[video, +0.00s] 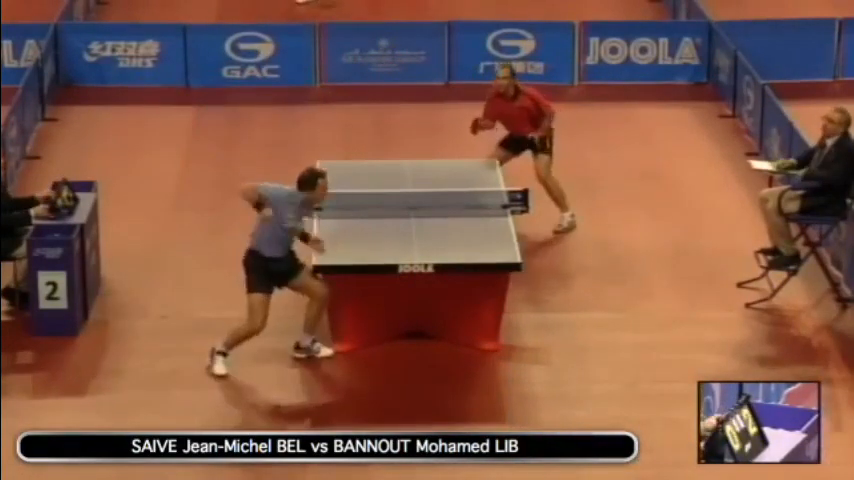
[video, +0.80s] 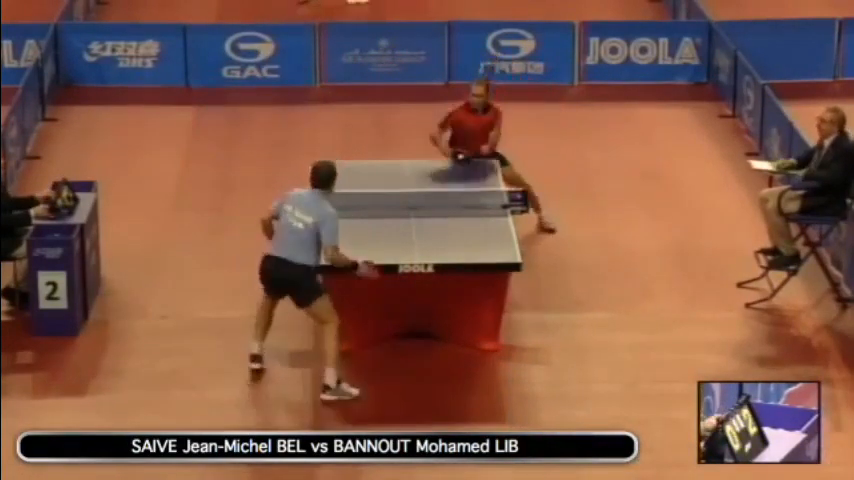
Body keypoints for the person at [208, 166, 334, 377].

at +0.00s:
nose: (326, 192)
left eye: (326, 187)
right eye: (323, 188)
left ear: (313, 188)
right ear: (312, 189)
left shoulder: (306, 205)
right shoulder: (284, 196)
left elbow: (291, 226)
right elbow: (248, 191)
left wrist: (308, 239)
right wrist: (261, 207)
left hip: (283, 259)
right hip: (259, 259)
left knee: (320, 292)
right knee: (256, 324)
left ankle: (306, 342)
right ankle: (220, 352)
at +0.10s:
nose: (339, 204)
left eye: (339, 199)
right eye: (337, 200)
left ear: (322, 197)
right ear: (328, 201)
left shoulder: (311, 207)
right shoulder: (305, 205)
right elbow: (278, 211)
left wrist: (300, 241)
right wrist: (295, 236)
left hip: (283, 263)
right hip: (261, 264)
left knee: (319, 291)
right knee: (262, 330)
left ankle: (305, 342)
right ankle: (221, 351)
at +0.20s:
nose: (341, 209)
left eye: (342, 204)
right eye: (341, 204)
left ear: (322, 196)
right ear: (335, 204)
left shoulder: (305, 204)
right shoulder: (319, 213)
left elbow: (268, 215)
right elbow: (302, 225)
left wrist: (288, 238)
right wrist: (309, 252)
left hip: (281, 265)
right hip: (266, 266)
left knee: (318, 291)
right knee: (268, 332)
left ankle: (305, 342)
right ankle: (222, 349)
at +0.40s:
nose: (340, 189)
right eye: (341, 184)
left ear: (319, 179)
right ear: (338, 183)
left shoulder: (303, 191)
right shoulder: (333, 198)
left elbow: (266, 207)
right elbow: (326, 219)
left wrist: (267, 236)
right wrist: (329, 247)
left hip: (271, 249)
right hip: (290, 256)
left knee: (306, 290)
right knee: (296, 323)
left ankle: (304, 341)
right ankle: (248, 345)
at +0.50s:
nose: (339, 177)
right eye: (339, 173)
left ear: (316, 169)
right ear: (337, 173)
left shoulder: (297, 184)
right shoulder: (333, 192)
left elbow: (268, 205)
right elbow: (324, 222)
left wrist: (271, 234)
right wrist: (332, 249)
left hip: (274, 247)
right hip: (296, 251)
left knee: (289, 295)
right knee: (322, 311)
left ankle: (277, 345)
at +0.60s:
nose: (336, 178)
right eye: (336, 174)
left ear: (314, 172)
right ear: (335, 176)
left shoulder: (295, 191)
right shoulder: (332, 199)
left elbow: (268, 216)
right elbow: (326, 236)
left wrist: (270, 245)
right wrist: (337, 259)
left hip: (277, 257)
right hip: (303, 261)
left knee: (283, 303)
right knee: (331, 317)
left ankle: (259, 355)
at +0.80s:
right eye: (333, 180)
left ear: (311, 178)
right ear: (333, 183)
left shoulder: (293, 196)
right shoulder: (327, 212)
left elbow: (266, 220)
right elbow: (332, 255)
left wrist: (276, 242)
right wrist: (355, 264)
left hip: (272, 265)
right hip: (300, 271)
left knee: (269, 300)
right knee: (330, 320)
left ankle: (256, 352)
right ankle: (331, 382)